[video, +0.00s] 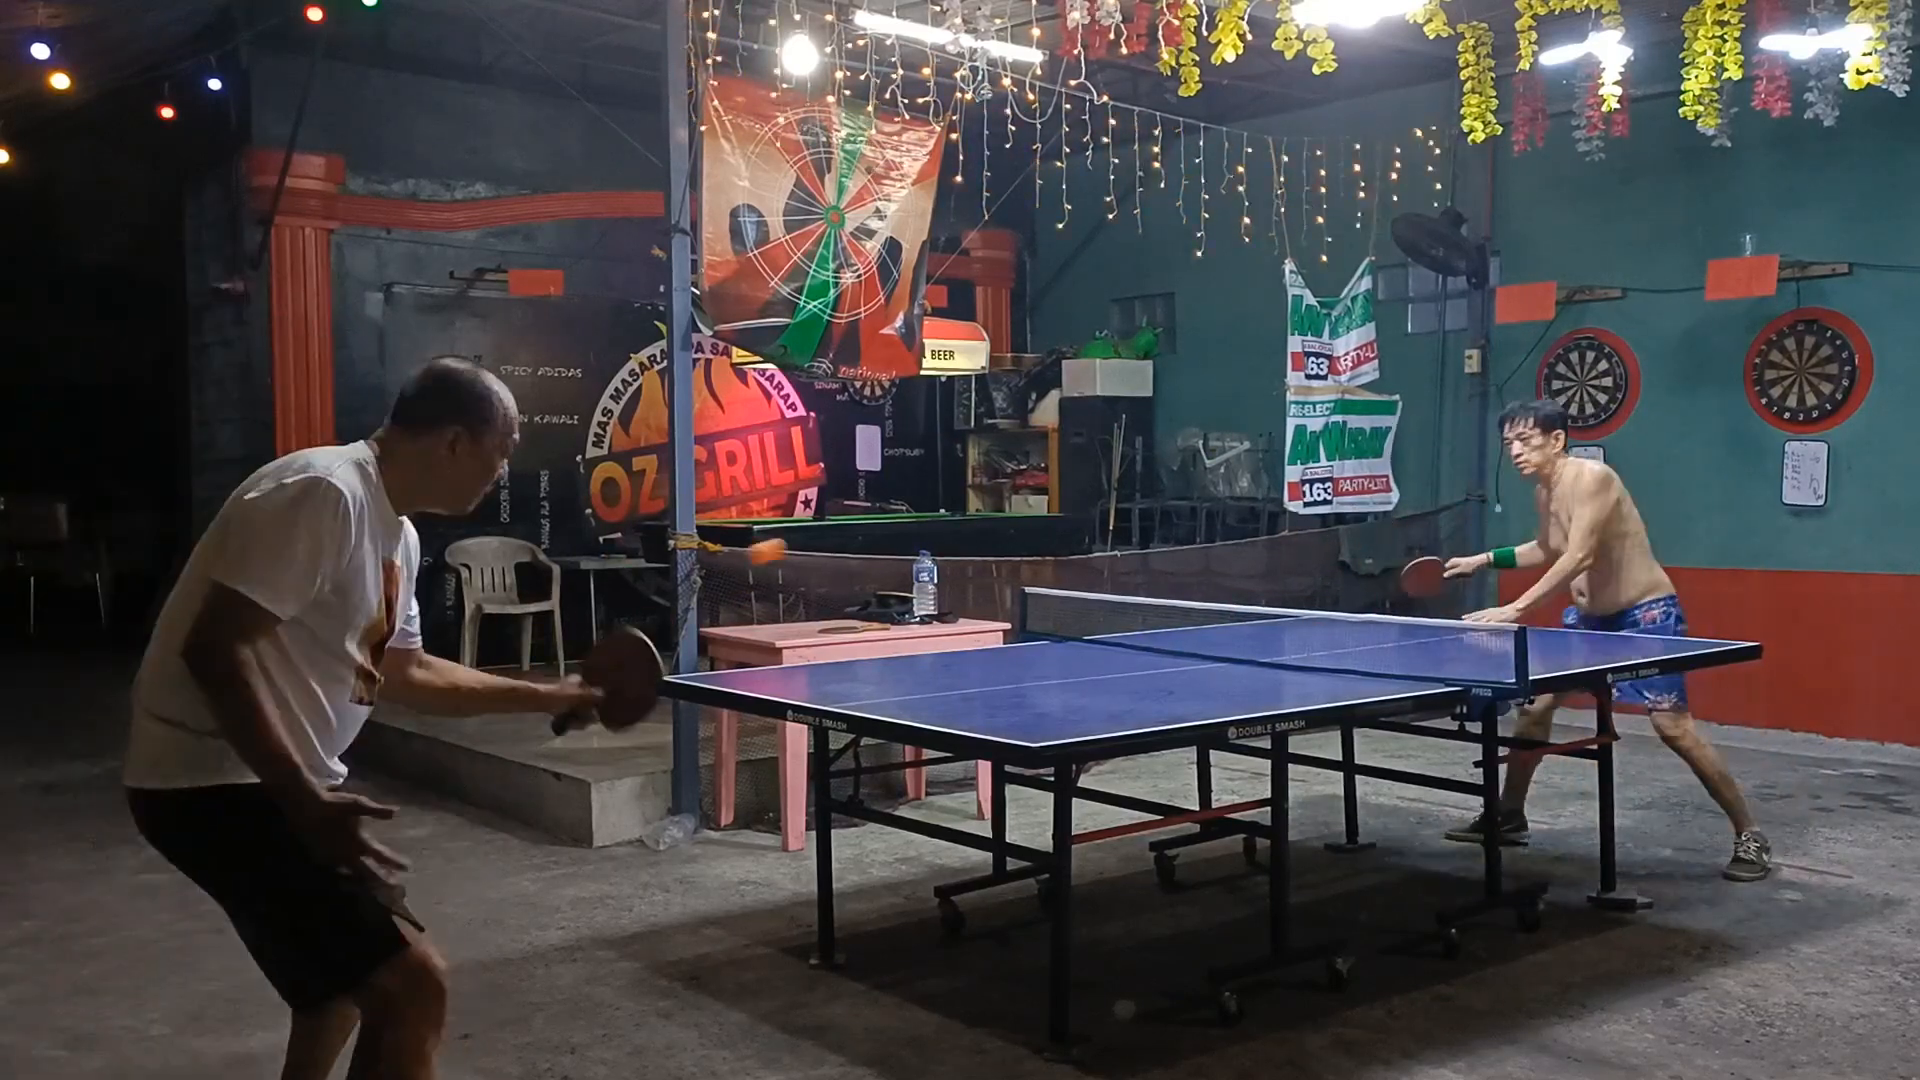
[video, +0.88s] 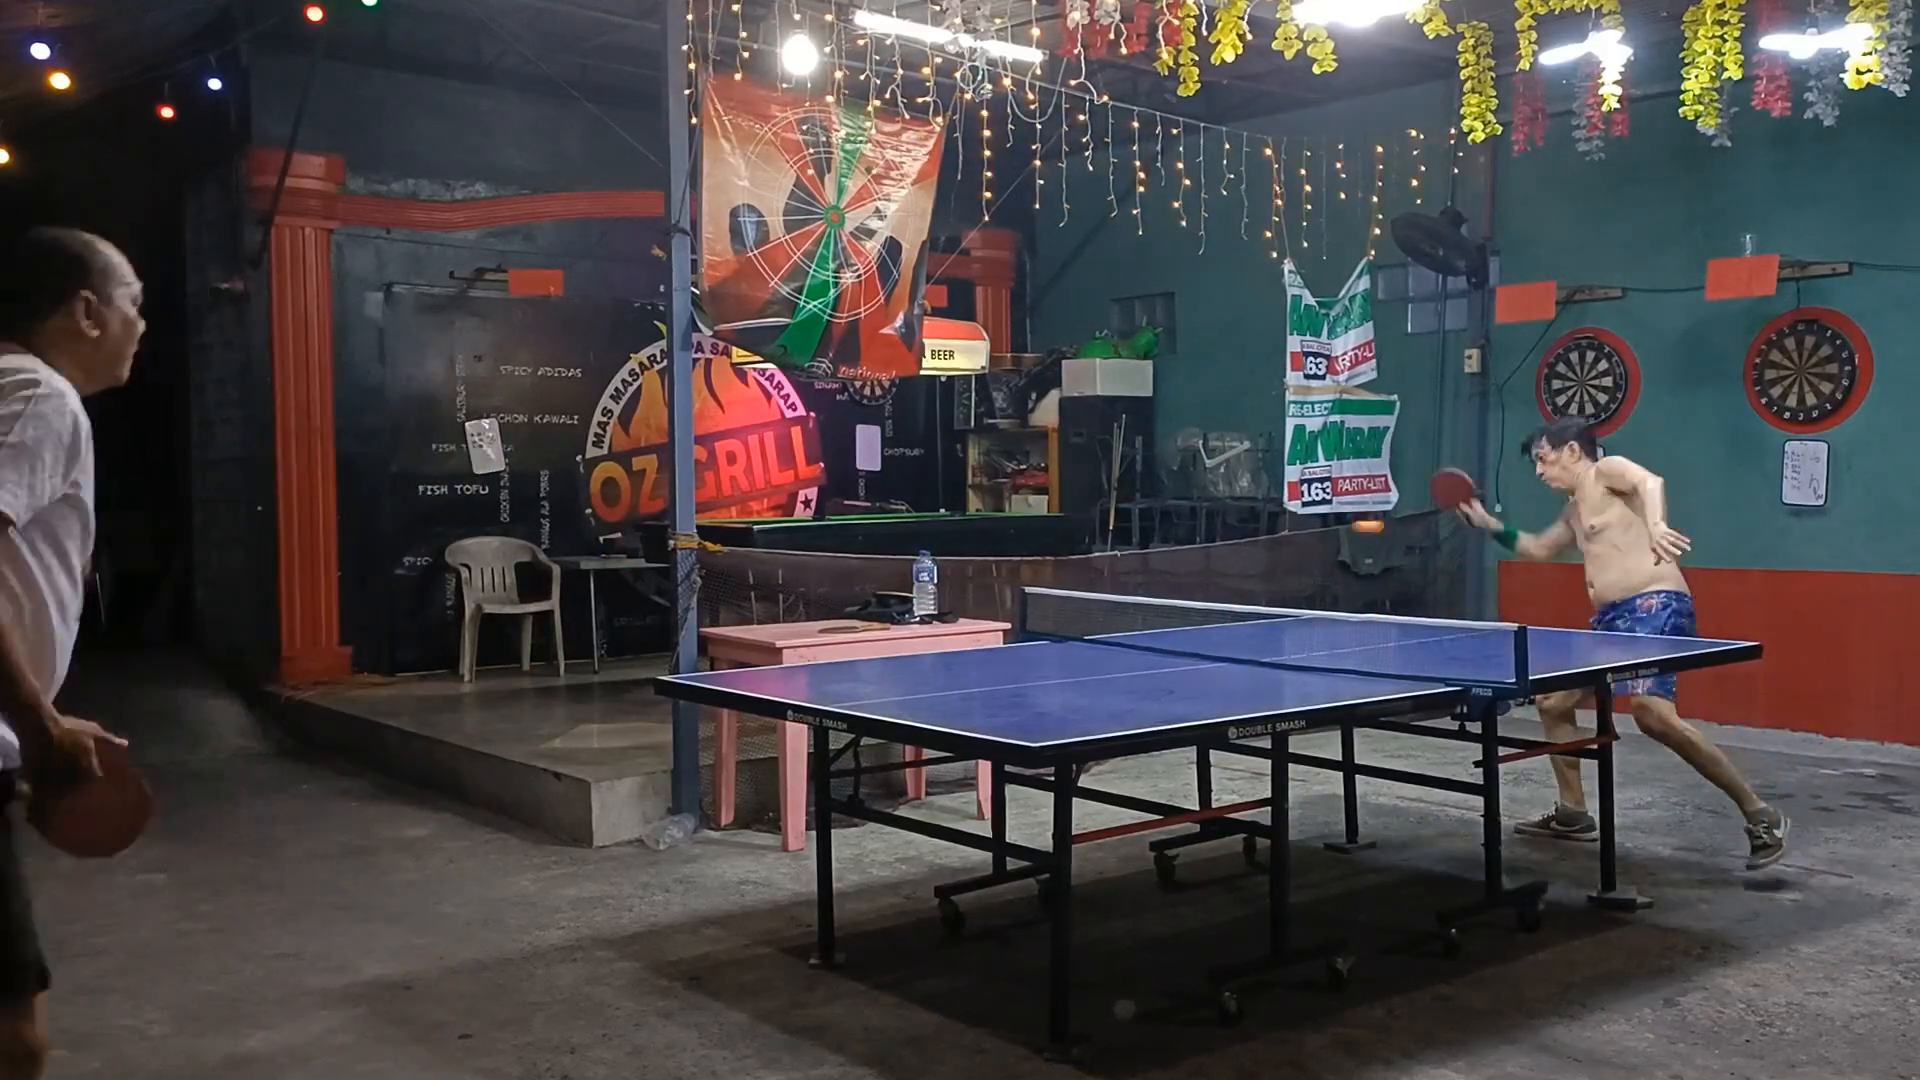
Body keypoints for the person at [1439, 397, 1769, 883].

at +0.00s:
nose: (1514, 451)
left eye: (1523, 440)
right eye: (1509, 443)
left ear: (1556, 439)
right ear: (1508, 447)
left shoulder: (1591, 478)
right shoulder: (1546, 490)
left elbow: (1580, 555)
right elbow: (1548, 550)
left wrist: (1515, 609)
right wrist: (1483, 560)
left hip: (1647, 618)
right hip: (1589, 619)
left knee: (1673, 728)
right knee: (1534, 704)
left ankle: (1749, 835)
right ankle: (1509, 813)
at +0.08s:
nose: (1536, 433)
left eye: (1546, 423)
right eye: (1531, 426)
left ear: (1580, 423)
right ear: (1533, 432)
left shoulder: (1614, 461)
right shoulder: (1562, 479)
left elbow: (1605, 538)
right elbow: (1554, 537)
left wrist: (1540, 589)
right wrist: (1501, 549)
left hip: (1671, 604)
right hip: (1613, 610)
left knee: (1692, 715)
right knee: (1567, 703)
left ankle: (1759, 830)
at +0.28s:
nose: (1573, 451)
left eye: (1582, 440)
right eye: (1569, 442)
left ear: (1617, 439)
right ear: (1572, 447)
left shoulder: (1649, 478)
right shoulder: (1603, 495)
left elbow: (1625, 553)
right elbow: (1574, 545)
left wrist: (1550, 599)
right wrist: (1520, 545)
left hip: (1703, 621)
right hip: (1650, 626)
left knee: (1719, 736)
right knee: (1589, 705)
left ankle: (1809, 843)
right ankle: (1629, 818)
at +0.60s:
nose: (1566, 476)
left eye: (1569, 464)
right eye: (1562, 467)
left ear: (1599, 454)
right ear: (1609, 458)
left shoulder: (1613, 478)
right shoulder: (1650, 487)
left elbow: (1587, 524)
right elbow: (1646, 556)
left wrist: (1518, 578)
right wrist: (1594, 562)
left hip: (1675, 627)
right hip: (1674, 626)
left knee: (1694, 746)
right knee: (1596, 699)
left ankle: (1806, 837)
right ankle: (1580, 810)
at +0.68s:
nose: (1551, 492)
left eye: (1553, 479)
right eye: (1549, 482)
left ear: (1581, 469)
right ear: (1590, 471)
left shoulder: (1599, 486)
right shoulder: (1646, 501)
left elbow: (1590, 507)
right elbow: (1658, 578)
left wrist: (1547, 555)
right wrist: (1608, 582)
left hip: (1665, 626)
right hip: (1679, 625)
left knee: (1682, 745)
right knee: (1581, 701)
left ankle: (1803, 836)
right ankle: (1577, 811)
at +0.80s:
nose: (1537, 492)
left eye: (1538, 481)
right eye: (1534, 484)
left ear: (1563, 469)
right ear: (1563, 474)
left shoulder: (1590, 481)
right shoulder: (1588, 512)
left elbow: (1631, 493)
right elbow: (1602, 595)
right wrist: (1551, 587)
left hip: (1654, 615)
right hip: (1619, 625)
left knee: (1666, 733)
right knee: (1553, 702)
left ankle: (1783, 825)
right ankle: (1572, 811)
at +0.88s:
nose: (1539, 471)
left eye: (1543, 459)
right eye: (1536, 462)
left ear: (1571, 452)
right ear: (1566, 458)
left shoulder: (1605, 469)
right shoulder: (1576, 509)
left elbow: (1650, 482)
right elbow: (1538, 548)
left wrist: (1656, 527)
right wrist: (1492, 527)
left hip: (1656, 606)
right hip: (1609, 620)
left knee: (1652, 715)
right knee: (1552, 702)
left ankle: (1758, 814)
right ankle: (1572, 811)